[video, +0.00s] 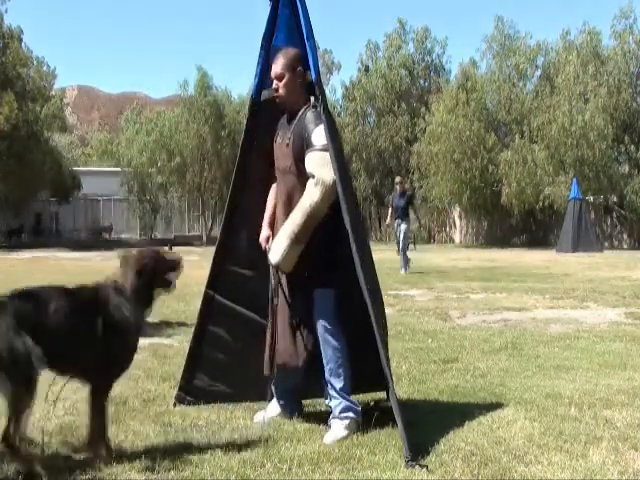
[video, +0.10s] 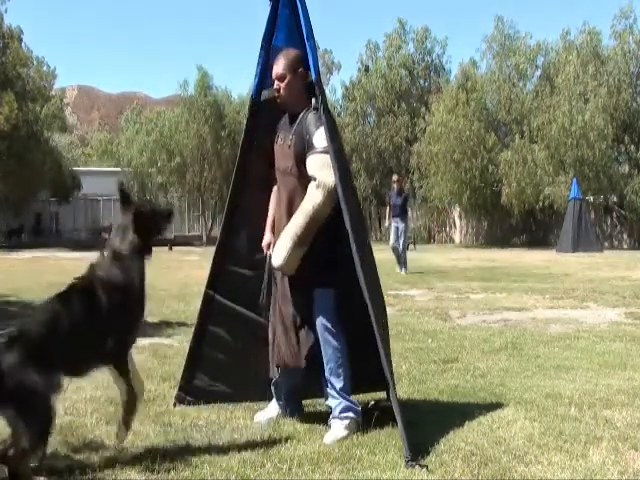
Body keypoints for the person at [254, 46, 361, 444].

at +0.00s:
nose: (273, 84)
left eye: (279, 77)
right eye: (272, 78)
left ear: (300, 78)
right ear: (276, 81)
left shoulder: (315, 120)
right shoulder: (282, 123)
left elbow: (323, 184)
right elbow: (281, 181)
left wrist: (288, 237)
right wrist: (267, 222)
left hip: (321, 234)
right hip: (288, 234)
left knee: (324, 318)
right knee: (285, 315)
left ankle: (343, 409)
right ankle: (284, 400)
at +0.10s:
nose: (275, 85)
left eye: (280, 78)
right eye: (273, 79)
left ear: (302, 78)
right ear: (277, 82)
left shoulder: (317, 122)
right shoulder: (282, 126)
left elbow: (325, 187)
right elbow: (280, 184)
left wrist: (291, 240)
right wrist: (270, 227)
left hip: (321, 236)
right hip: (288, 236)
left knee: (324, 320)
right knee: (284, 316)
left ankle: (344, 409)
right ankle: (284, 401)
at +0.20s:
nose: (275, 87)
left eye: (281, 79)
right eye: (274, 80)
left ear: (302, 79)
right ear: (280, 83)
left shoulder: (317, 123)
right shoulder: (283, 128)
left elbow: (325, 188)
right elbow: (284, 189)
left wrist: (290, 243)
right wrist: (276, 235)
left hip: (322, 238)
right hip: (290, 238)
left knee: (325, 321)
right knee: (283, 318)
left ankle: (343, 410)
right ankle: (284, 400)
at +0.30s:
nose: (276, 88)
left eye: (281, 81)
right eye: (275, 82)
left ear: (302, 81)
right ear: (282, 84)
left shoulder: (318, 125)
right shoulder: (283, 129)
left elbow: (326, 188)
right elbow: (286, 189)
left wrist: (293, 244)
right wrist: (281, 240)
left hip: (322, 238)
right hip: (290, 238)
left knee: (325, 321)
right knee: (284, 318)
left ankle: (343, 409)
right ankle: (284, 400)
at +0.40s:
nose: (277, 89)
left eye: (283, 82)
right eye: (276, 83)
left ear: (304, 82)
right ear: (283, 85)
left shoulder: (318, 126)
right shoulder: (284, 129)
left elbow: (327, 190)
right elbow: (285, 190)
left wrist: (294, 245)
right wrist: (280, 241)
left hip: (322, 239)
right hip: (289, 239)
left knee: (325, 322)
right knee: (284, 319)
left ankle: (343, 409)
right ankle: (284, 399)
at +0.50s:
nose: (279, 90)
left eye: (284, 83)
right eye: (277, 83)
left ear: (305, 83)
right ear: (283, 85)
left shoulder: (319, 126)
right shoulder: (285, 128)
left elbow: (327, 191)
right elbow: (287, 189)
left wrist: (294, 246)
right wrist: (281, 241)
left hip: (322, 238)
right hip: (290, 237)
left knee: (324, 321)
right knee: (286, 319)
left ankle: (343, 410)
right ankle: (284, 399)